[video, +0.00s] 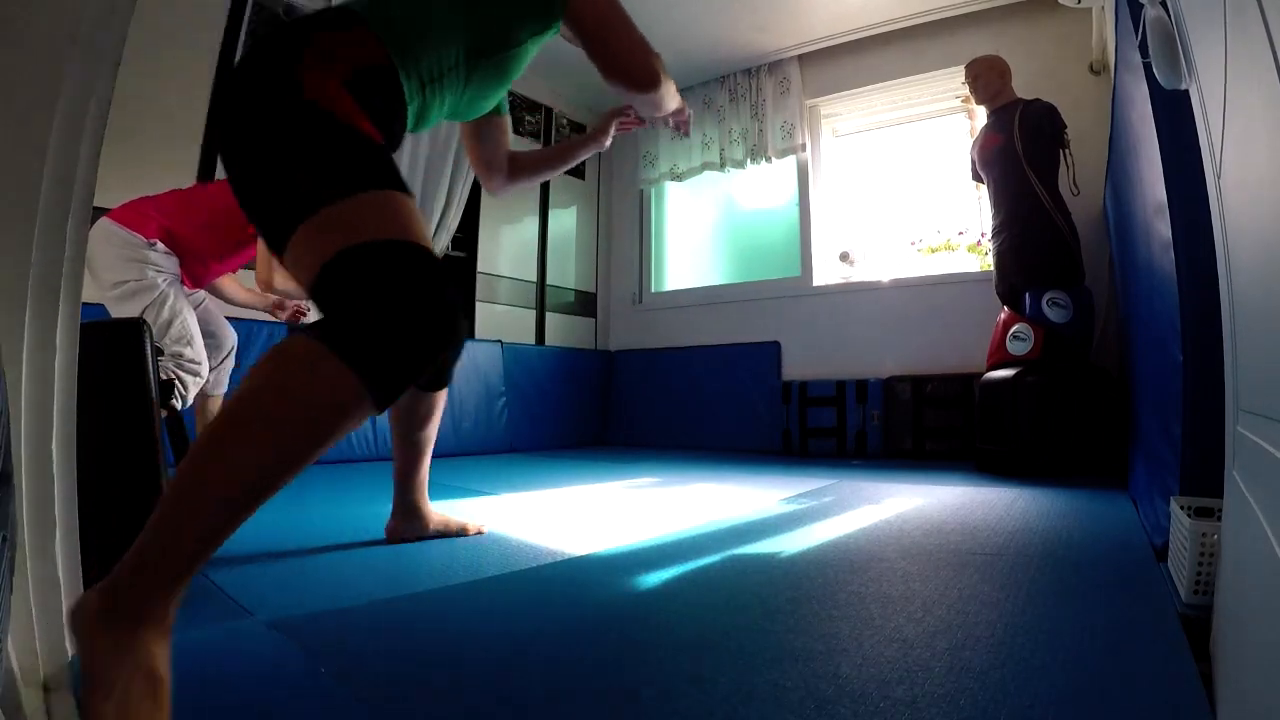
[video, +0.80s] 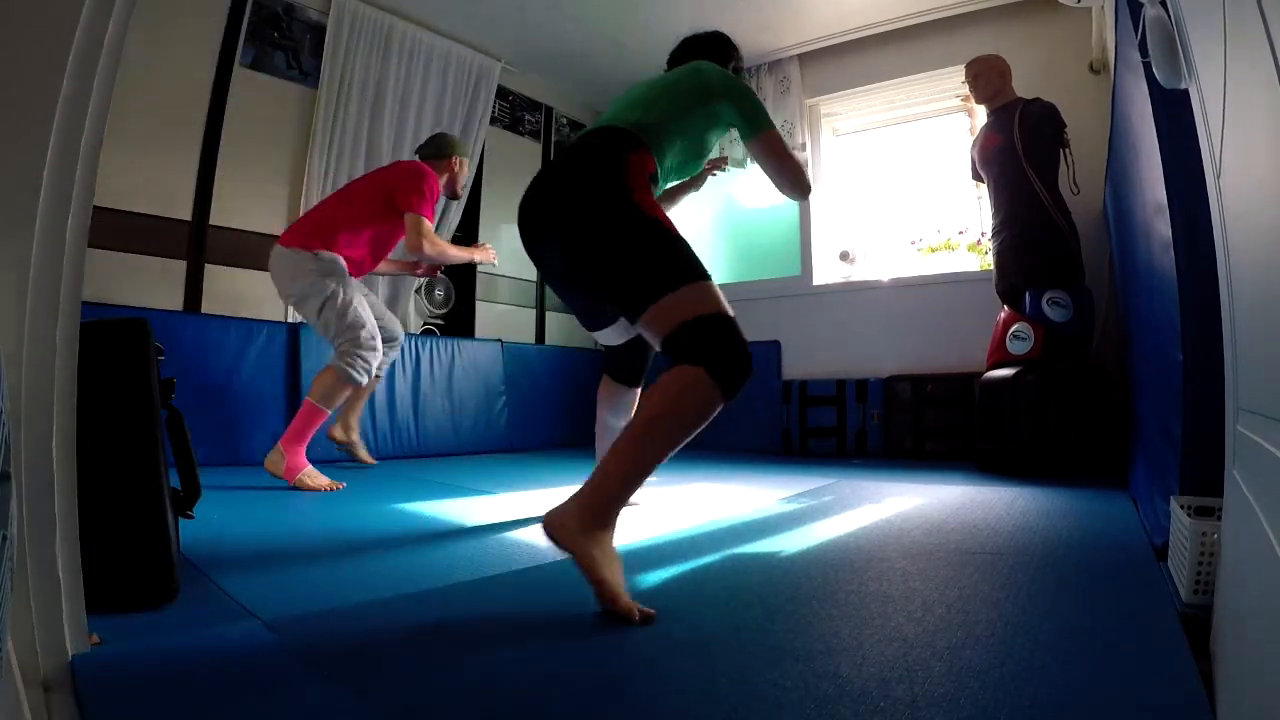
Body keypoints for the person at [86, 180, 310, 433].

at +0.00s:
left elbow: (209, 274)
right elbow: (273, 280)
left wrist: (270, 304)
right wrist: (322, 290)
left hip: (166, 259)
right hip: (133, 245)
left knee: (221, 341)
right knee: (187, 365)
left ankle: (209, 458)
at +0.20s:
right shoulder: (293, 175)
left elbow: (234, 260)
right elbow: (282, 252)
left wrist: (290, 292)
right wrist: (348, 272)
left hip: (190, 255)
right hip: (154, 237)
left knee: (233, 345)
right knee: (193, 358)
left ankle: (207, 455)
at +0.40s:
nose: (388, 165)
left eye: (390, 156)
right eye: (388, 154)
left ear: (354, 144)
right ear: (373, 147)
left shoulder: (317, 169)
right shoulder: (334, 163)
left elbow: (254, 249)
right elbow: (326, 245)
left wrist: (314, 267)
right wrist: (388, 258)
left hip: (226, 256)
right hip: (194, 245)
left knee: (283, 327)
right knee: (236, 364)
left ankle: (239, 429)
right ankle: (152, 438)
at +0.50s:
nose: (407, 168)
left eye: (408, 159)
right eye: (407, 157)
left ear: (370, 149)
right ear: (391, 153)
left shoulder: (337, 171)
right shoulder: (359, 172)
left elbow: (265, 243)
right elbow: (358, 248)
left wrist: (318, 269)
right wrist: (414, 257)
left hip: (245, 261)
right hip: (218, 252)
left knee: (297, 337)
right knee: (239, 374)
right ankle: (152, 444)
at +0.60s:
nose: (429, 171)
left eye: (429, 163)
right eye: (428, 162)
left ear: (399, 156)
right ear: (413, 158)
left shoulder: (364, 178)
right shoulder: (382, 175)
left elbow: (303, 252)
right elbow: (380, 246)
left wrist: (357, 273)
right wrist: (435, 255)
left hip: (278, 265)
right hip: (251, 254)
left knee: (320, 349)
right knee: (277, 362)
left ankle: (313, 451)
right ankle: (176, 436)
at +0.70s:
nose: (449, 174)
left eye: (449, 165)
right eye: (449, 164)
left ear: (414, 157)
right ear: (437, 160)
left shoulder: (384, 183)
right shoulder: (401, 174)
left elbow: (344, 261)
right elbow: (398, 242)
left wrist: (396, 268)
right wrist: (453, 253)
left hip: (291, 254)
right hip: (276, 248)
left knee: (348, 346)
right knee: (334, 339)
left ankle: (318, 445)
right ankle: (251, 434)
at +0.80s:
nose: (466, 181)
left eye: (468, 173)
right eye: (467, 172)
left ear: (437, 162)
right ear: (455, 164)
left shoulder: (404, 181)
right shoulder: (420, 176)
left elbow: (358, 260)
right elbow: (423, 246)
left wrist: (414, 267)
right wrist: (474, 254)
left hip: (326, 263)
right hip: (308, 259)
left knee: (388, 335)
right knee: (361, 349)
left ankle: (347, 425)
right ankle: (288, 453)